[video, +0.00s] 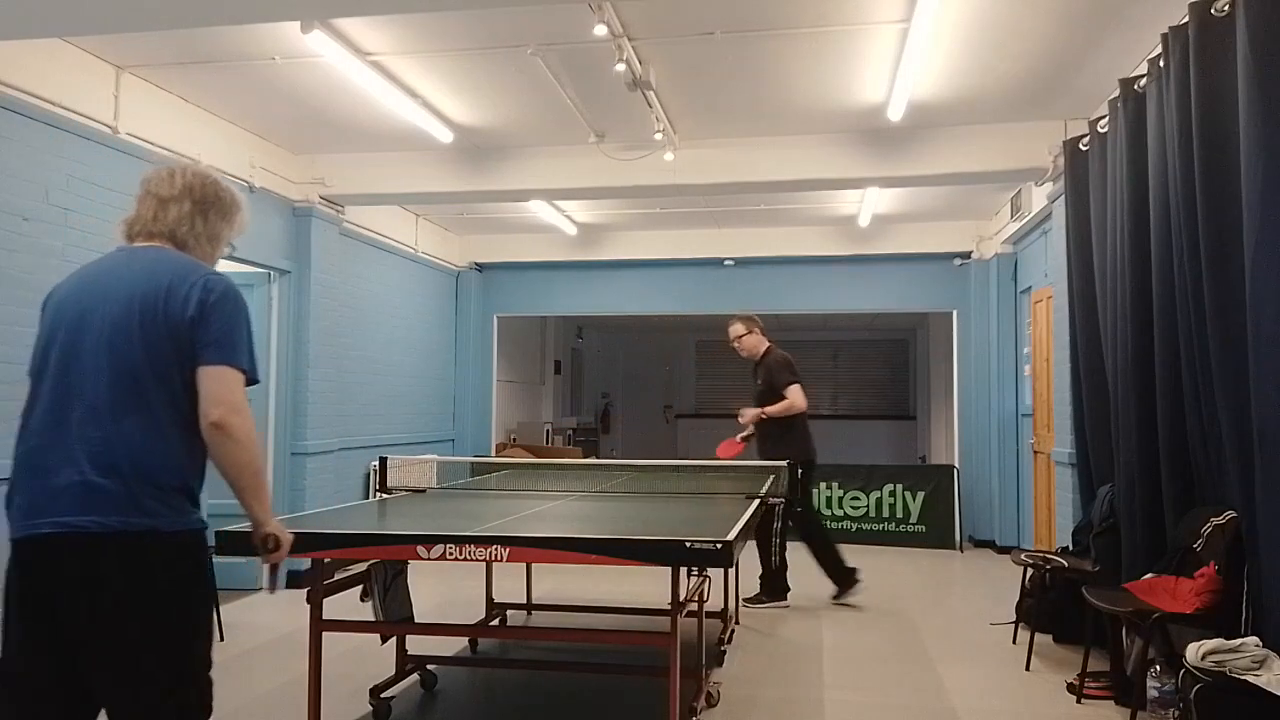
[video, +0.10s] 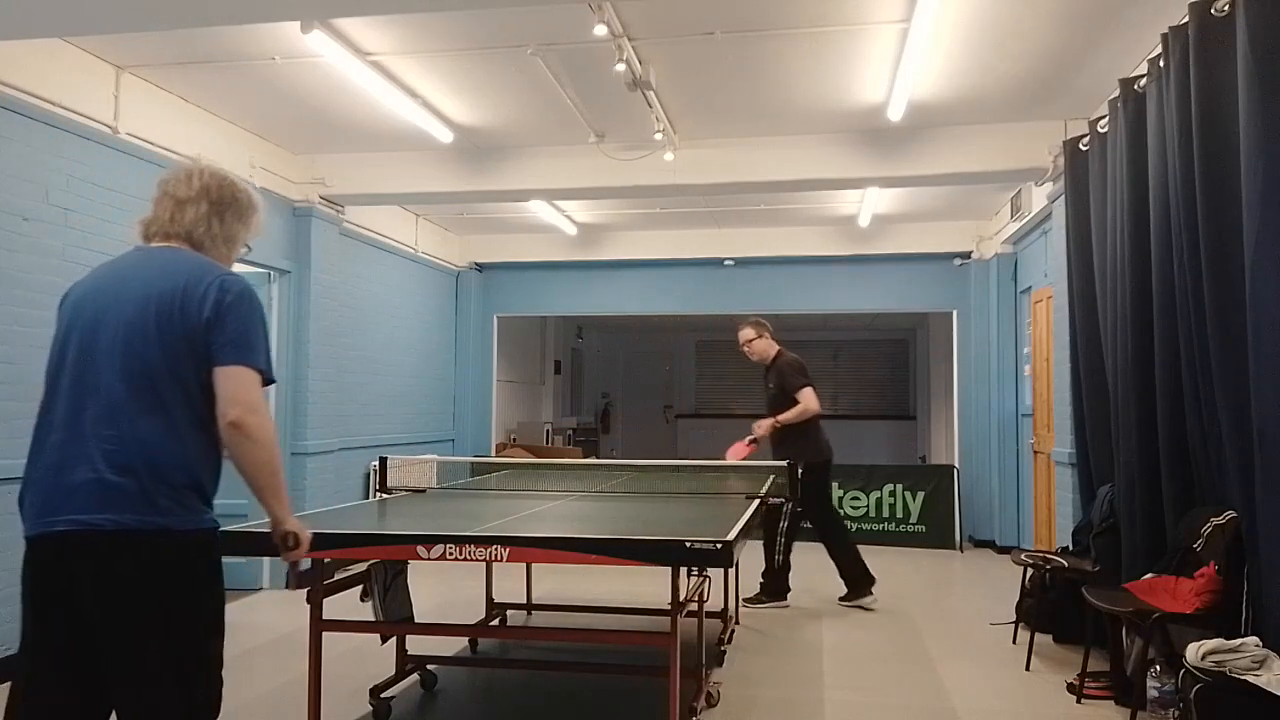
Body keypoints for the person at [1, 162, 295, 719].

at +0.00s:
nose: (223, 254)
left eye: (226, 244)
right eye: (223, 241)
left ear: (143, 218)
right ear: (206, 232)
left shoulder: (66, 290)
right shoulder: (207, 288)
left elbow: (36, 409)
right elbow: (220, 417)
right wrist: (264, 517)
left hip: (42, 546)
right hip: (151, 546)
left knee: (43, 706)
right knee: (166, 707)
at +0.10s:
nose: (241, 256)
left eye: (245, 245)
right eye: (241, 243)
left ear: (162, 218)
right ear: (221, 231)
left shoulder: (84, 288)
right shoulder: (221, 289)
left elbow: (68, 407)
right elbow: (239, 416)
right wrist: (283, 516)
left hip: (56, 537)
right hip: (160, 538)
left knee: (52, 701)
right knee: (174, 706)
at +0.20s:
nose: (251, 256)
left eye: (255, 246)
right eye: (252, 243)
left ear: (172, 218)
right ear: (235, 233)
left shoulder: (96, 286)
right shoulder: (233, 288)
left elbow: (83, 402)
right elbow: (251, 414)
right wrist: (295, 512)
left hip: (63, 527)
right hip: (166, 530)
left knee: (64, 696)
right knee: (179, 702)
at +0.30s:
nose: (254, 258)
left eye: (259, 248)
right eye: (255, 246)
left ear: (177, 220)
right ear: (235, 232)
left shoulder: (99, 286)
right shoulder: (235, 288)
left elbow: (86, 402)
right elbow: (255, 413)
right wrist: (301, 511)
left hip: (64, 528)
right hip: (166, 531)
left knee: (63, 695)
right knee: (178, 703)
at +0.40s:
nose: (252, 258)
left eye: (256, 247)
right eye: (252, 245)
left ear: (172, 219)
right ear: (233, 232)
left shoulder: (96, 286)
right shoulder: (230, 287)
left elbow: (81, 401)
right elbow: (249, 411)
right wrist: (298, 511)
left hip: (62, 531)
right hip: (163, 535)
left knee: (55, 697)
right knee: (175, 706)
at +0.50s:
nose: (239, 259)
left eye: (243, 248)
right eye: (240, 245)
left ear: (161, 221)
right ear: (220, 232)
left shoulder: (88, 287)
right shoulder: (218, 287)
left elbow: (69, 403)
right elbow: (235, 409)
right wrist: (284, 512)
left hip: (53, 531)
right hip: (154, 534)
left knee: (46, 697)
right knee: (167, 706)